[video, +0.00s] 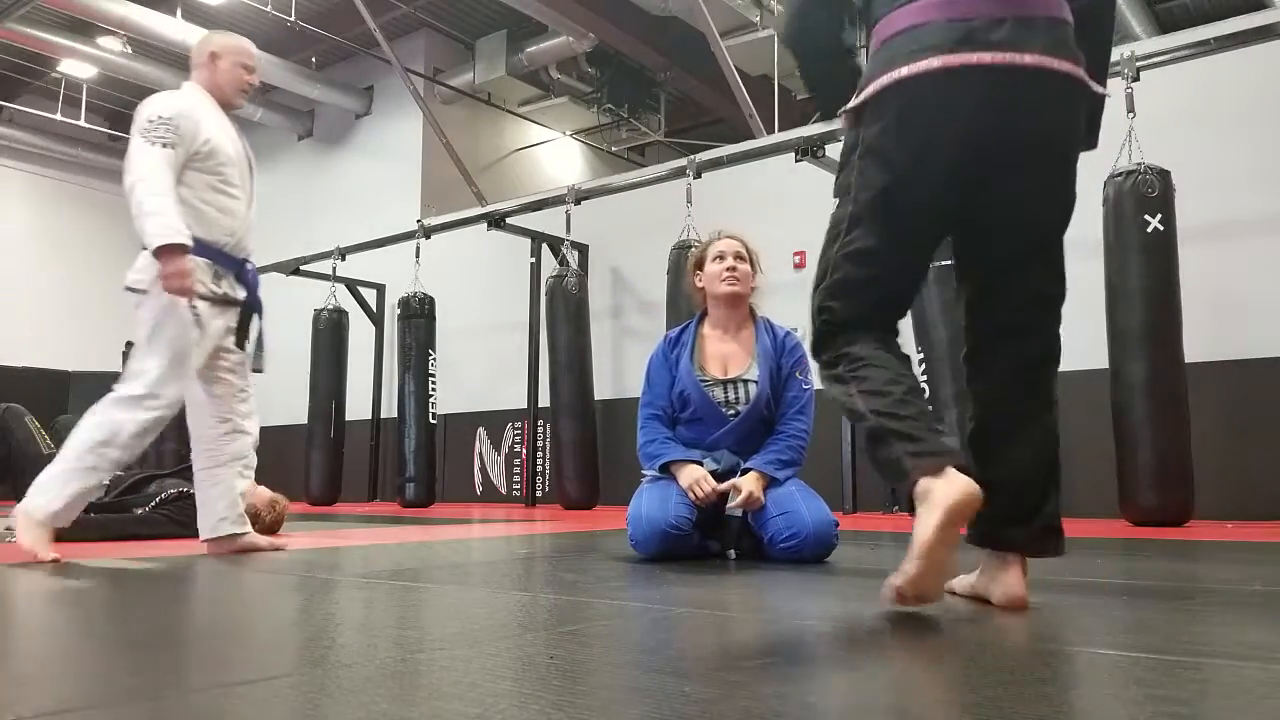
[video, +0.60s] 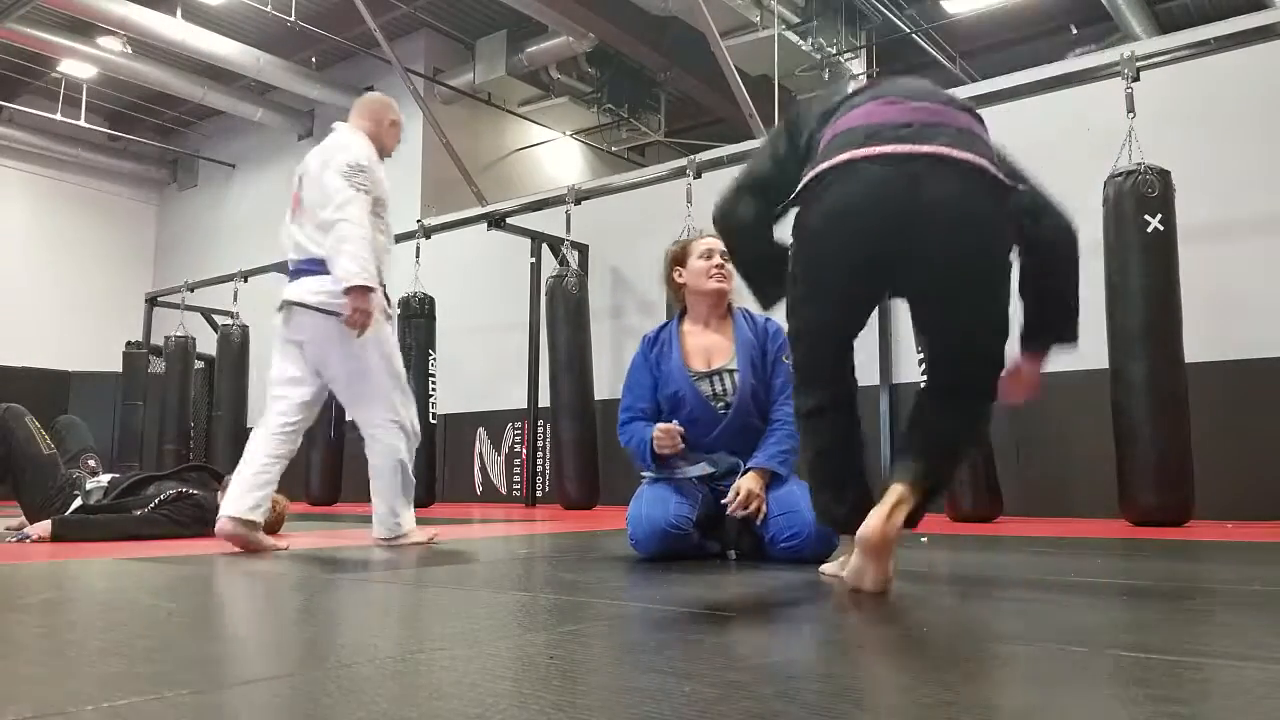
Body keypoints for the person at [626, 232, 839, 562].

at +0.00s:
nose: (731, 264)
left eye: (740, 259)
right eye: (719, 258)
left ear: (753, 280)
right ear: (699, 279)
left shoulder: (784, 346)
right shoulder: (671, 348)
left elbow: (795, 428)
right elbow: (652, 426)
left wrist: (759, 475)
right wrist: (682, 467)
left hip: (761, 475)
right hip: (682, 475)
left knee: (813, 536)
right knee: (653, 534)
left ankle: (742, 534)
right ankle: (715, 541)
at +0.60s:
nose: (721, 262)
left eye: (725, 258)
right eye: (706, 256)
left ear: (733, 274)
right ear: (680, 274)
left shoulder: (766, 333)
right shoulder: (655, 346)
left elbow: (786, 414)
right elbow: (630, 424)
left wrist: (760, 474)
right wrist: (652, 438)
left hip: (760, 472)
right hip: (682, 475)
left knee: (809, 540)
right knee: (653, 535)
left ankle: (745, 535)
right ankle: (713, 542)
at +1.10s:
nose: (709, 270)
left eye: (711, 262)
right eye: (698, 259)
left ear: (713, 270)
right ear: (663, 266)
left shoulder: (735, 329)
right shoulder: (625, 343)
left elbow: (767, 416)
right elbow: (607, 435)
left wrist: (746, 474)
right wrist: (618, 405)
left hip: (751, 463)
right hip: (676, 474)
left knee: (821, 540)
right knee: (645, 537)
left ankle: (744, 536)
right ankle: (720, 546)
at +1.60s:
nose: (731, 267)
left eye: (733, 260)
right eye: (719, 257)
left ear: (736, 268)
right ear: (686, 265)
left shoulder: (759, 331)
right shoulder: (650, 339)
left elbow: (786, 420)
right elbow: (633, 429)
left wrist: (776, 483)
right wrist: (654, 395)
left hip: (763, 472)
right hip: (688, 480)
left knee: (854, 527)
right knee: (655, 537)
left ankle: (752, 536)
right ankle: (726, 541)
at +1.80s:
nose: (756, 270)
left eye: (759, 263)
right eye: (743, 261)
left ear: (765, 271)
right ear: (712, 270)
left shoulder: (785, 340)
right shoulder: (680, 334)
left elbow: (802, 418)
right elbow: (662, 417)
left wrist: (798, 469)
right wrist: (697, 383)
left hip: (772, 478)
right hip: (695, 478)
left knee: (832, 525)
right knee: (662, 538)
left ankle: (758, 530)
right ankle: (727, 538)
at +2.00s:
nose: (782, 277)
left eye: (788, 270)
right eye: (770, 268)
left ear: (795, 280)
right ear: (742, 276)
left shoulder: (799, 345)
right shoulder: (708, 329)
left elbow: (803, 421)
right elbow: (688, 405)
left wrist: (800, 461)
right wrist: (731, 374)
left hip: (777, 476)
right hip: (702, 472)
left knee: (867, 525)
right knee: (680, 537)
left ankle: (764, 532)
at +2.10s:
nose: (791, 279)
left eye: (798, 272)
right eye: (779, 269)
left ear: (805, 284)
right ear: (751, 279)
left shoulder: (805, 350)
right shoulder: (717, 329)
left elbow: (808, 425)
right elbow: (703, 400)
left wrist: (801, 463)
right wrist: (752, 368)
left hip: (775, 474)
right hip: (704, 468)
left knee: (869, 529)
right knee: (703, 534)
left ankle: (766, 529)